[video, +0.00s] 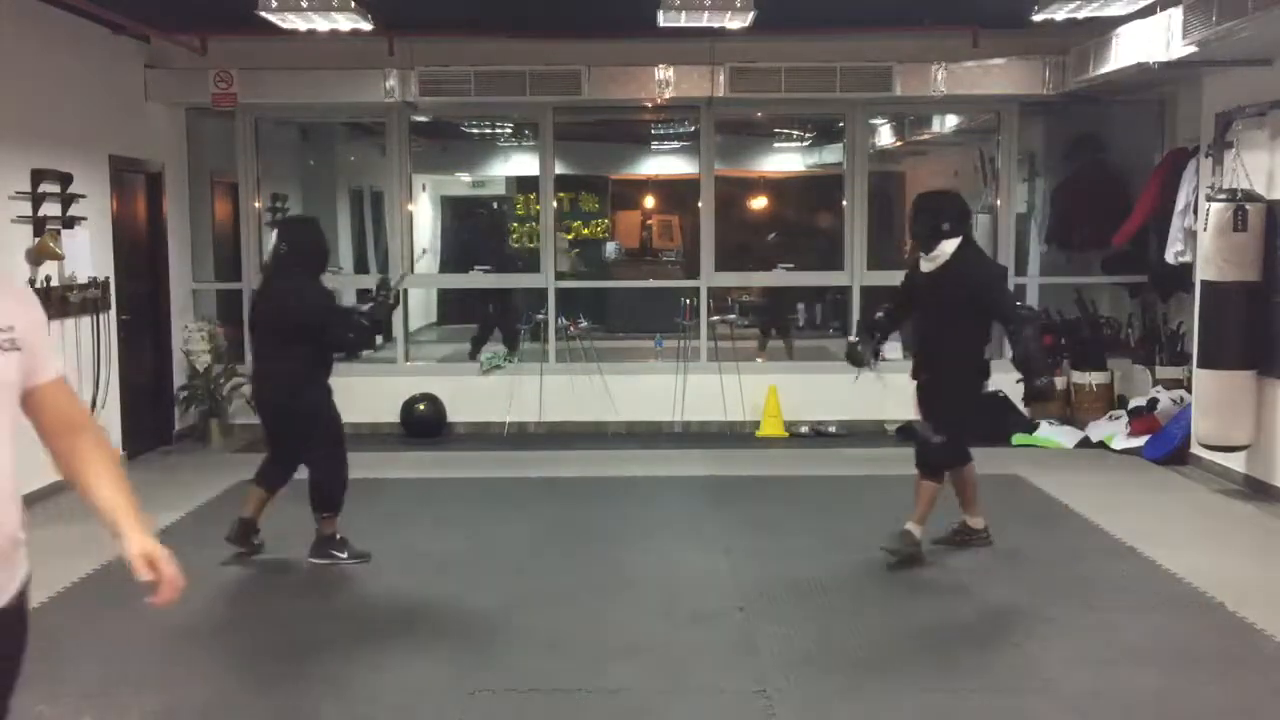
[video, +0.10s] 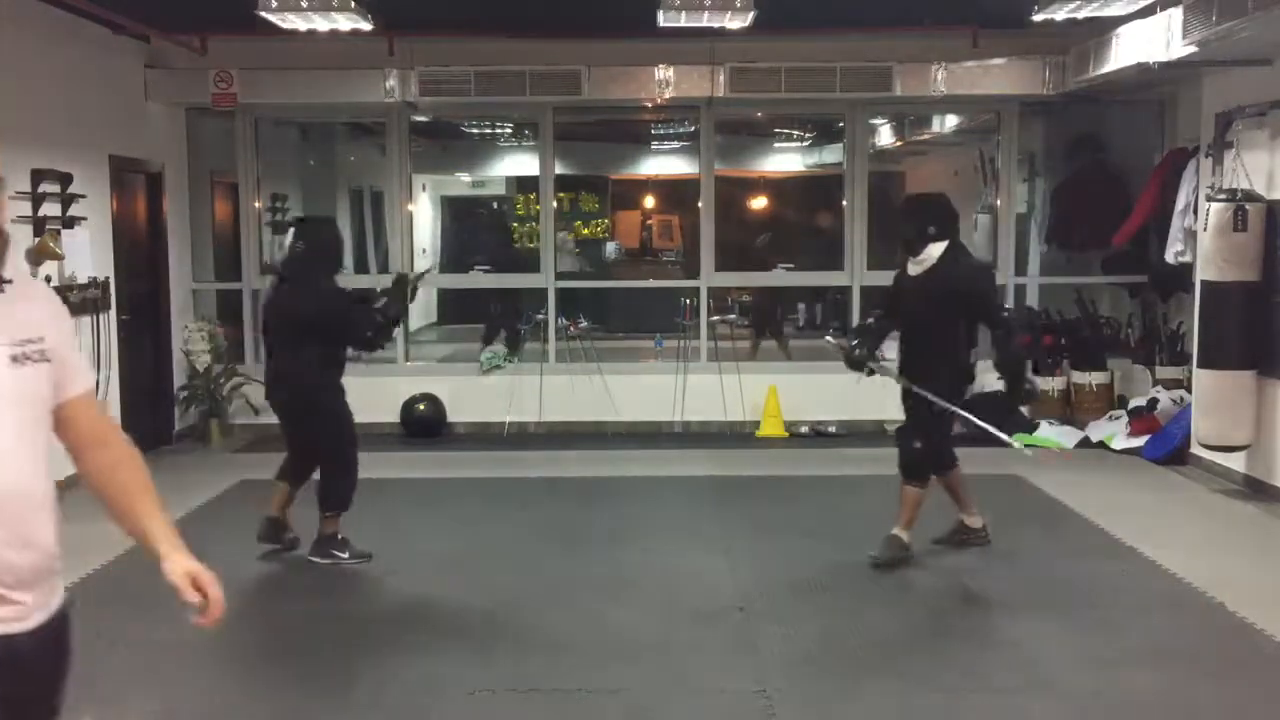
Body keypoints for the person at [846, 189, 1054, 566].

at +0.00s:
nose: (913, 231)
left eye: (918, 223)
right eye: (914, 224)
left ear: (940, 225)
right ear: (946, 225)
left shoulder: (980, 270)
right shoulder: (924, 265)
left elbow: (1014, 321)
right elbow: (902, 304)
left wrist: (1033, 370)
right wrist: (873, 331)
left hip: (962, 372)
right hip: (929, 371)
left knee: (933, 446)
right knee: (952, 448)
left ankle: (913, 531)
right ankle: (974, 524)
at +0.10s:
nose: (904, 234)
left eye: (910, 227)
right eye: (905, 226)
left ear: (930, 227)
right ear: (933, 228)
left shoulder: (967, 271)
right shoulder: (910, 270)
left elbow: (999, 327)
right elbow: (889, 314)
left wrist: (1014, 380)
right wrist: (866, 341)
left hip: (948, 373)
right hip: (914, 371)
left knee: (916, 446)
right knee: (936, 449)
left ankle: (900, 535)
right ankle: (972, 521)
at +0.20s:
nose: (890, 235)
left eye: (897, 228)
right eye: (891, 227)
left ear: (917, 228)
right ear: (919, 228)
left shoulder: (952, 274)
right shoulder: (897, 270)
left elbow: (984, 337)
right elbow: (878, 316)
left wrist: (979, 393)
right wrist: (862, 342)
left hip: (935, 374)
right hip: (899, 371)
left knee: (907, 453)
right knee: (906, 452)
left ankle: (897, 537)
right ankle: (961, 512)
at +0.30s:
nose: (883, 232)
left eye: (890, 225)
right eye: (884, 225)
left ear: (907, 228)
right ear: (913, 227)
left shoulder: (943, 275)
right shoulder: (884, 269)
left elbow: (965, 342)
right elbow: (864, 316)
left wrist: (956, 396)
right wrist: (854, 345)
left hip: (925, 380)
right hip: (887, 375)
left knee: (897, 452)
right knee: (874, 452)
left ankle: (897, 537)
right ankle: (937, 502)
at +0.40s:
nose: (865, 233)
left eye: (872, 225)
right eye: (866, 225)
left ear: (892, 227)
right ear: (904, 226)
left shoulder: (930, 275)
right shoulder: (873, 267)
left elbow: (957, 338)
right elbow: (856, 318)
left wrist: (953, 394)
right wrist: (846, 342)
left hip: (918, 375)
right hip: (878, 370)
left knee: (888, 450)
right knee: (854, 446)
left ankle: (895, 536)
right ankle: (902, 507)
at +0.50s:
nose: (848, 239)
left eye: (855, 232)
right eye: (848, 231)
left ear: (877, 233)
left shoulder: (920, 277)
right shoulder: (858, 275)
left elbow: (950, 337)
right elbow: (838, 319)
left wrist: (951, 390)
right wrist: (830, 346)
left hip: (905, 378)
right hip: (864, 373)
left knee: (878, 457)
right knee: (836, 451)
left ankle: (890, 536)